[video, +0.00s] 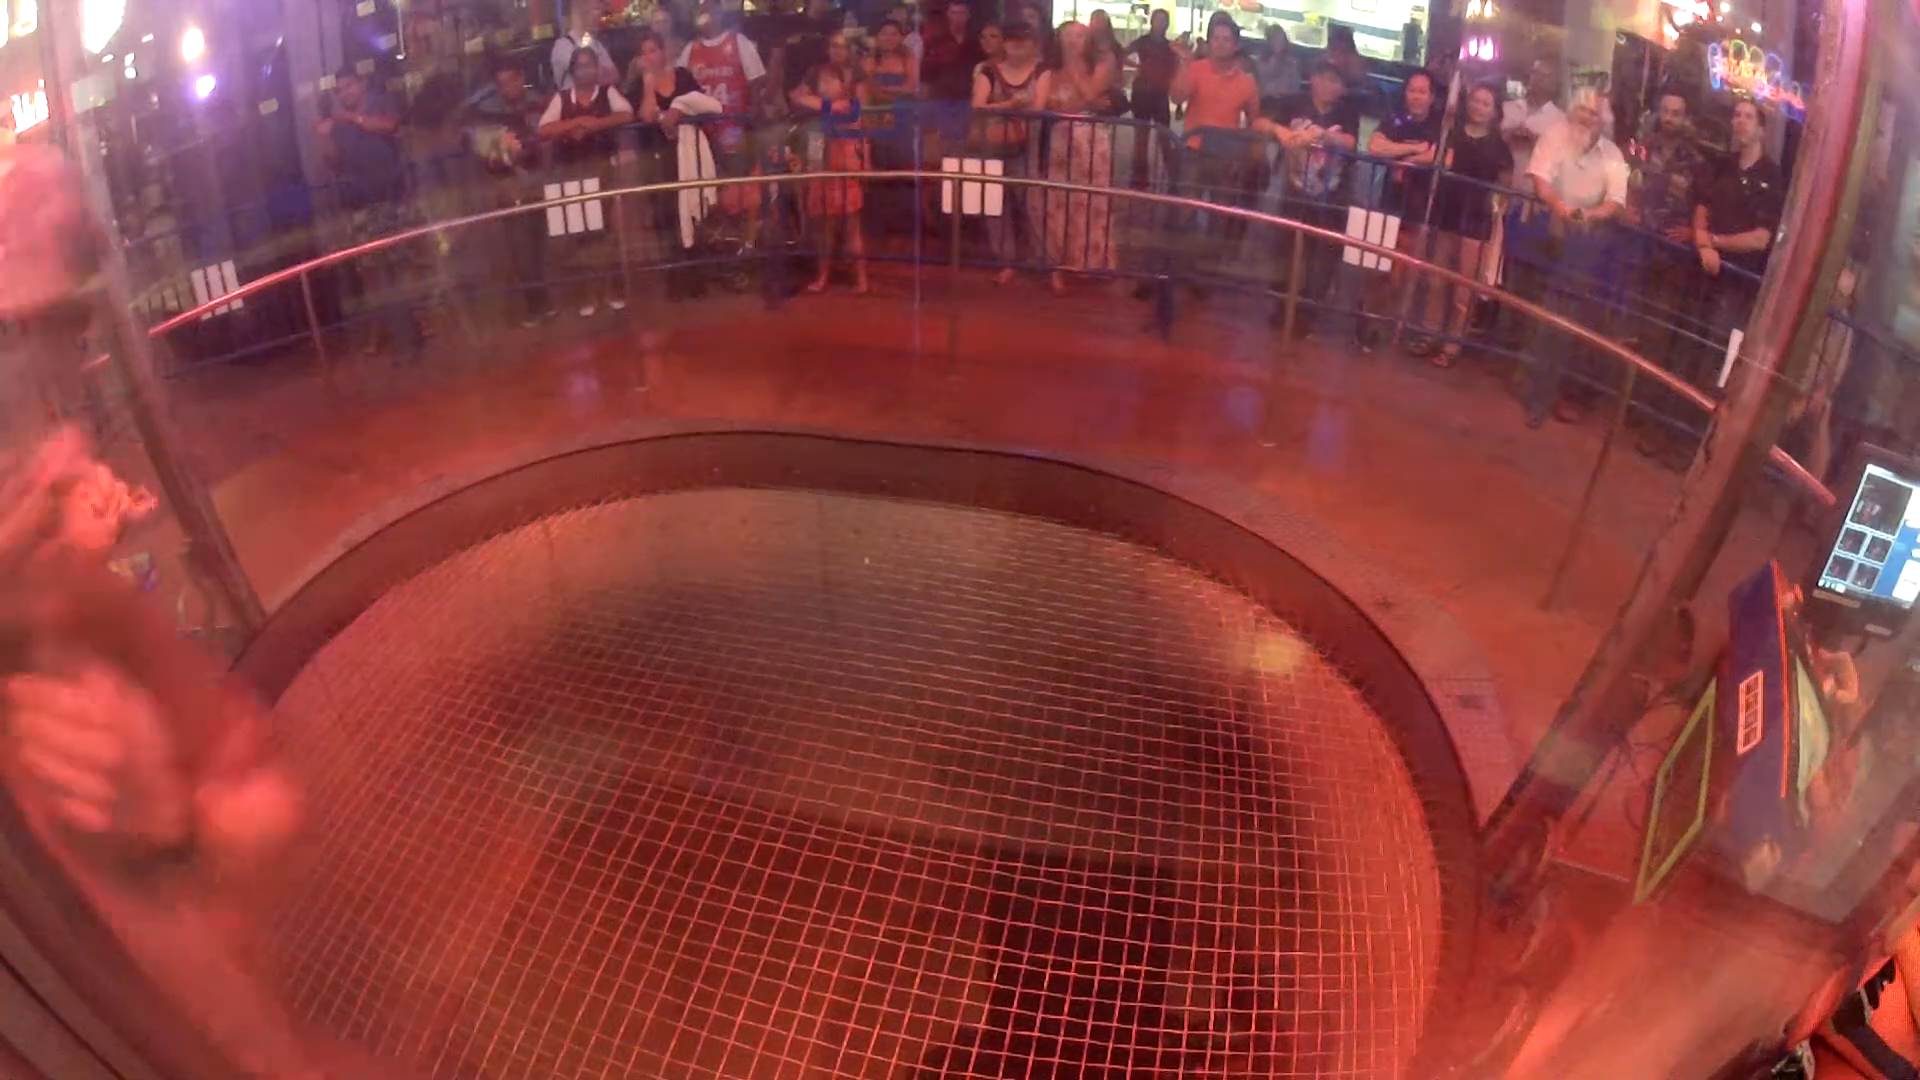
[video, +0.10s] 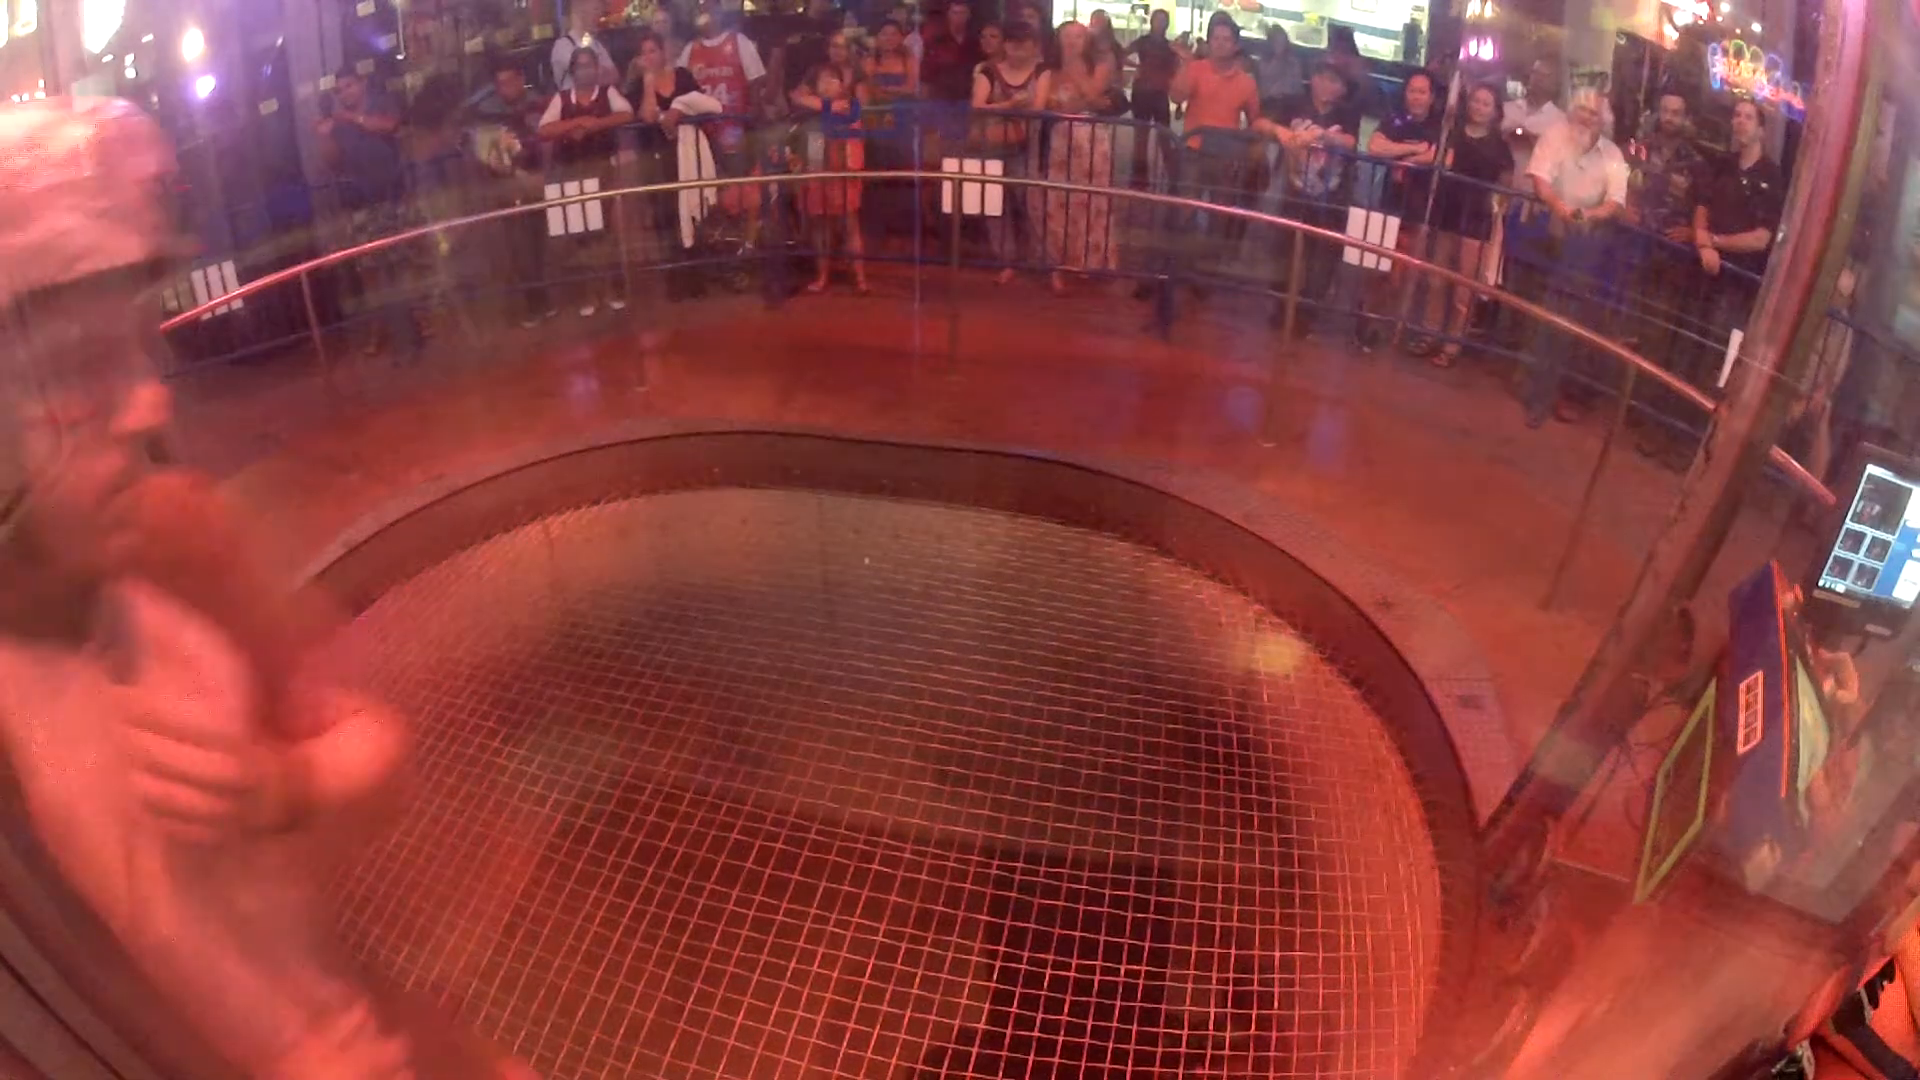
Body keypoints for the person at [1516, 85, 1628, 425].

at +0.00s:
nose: (1586, 119)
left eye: (1594, 115)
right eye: (1582, 111)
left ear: (1603, 120)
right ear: (1571, 111)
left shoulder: (1612, 154)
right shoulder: (1556, 135)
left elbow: (1616, 201)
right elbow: (1539, 179)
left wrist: (1591, 215)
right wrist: (1560, 208)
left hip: (1588, 230)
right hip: (1550, 222)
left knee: (1574, 303)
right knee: (1542, 298)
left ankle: (1558, 388)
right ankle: (1532, 382)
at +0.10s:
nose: (1585, 120)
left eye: (1593, 116)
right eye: (1581, 112)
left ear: (1603, 121)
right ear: (1570, 112)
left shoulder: (1612, 154)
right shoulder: (1556, 135)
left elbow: (1616, 201)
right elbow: (1539, 179)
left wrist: (1591, 215)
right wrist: (1560, 208)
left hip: (1588, 230)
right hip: (1549, 222)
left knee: (1573, 302)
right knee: (1542, 298)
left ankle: (1556, 387)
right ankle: (1533, 382)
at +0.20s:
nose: (1585, 119)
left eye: (1592, 115)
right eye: (1581, 111)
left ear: (1603, 121)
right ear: (1571, 111)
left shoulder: (1612, 154)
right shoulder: (1555, 136)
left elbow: (1616, 201)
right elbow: (1539, 179)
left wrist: (1591, 215)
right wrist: (1560, 208)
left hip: (1588, 230)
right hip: (1550, 222)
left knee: (1573, 302)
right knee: (1542, 298)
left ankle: (1556, 388)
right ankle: (1533, 383)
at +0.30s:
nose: (1585, 119)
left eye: (1592, 115)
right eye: (1581, 111)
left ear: (1603, 121)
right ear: (1571, 112)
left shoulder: (1612, 154)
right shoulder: (1555, 135)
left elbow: (1616, 201)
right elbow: (1539, 179)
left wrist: (1591, 215)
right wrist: (1561, 208)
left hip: (1588, 229)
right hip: (1550, 221)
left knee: (1572, 302)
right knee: (1541, 298)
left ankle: (1554, 387)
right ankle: (1534, 383)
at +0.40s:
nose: (1585, 118)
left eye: (1593, 114)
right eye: (1581, 111)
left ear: (1603, 121)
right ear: (1571, 111)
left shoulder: (1612, 154)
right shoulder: (1555, 136)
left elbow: (1616, 200)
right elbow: (1539, 179)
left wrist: (1591, 215)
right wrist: (1560, 208)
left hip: (1588, 230)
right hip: (1550, 222)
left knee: (1573, 302)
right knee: (1541, 298)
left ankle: (1555, 387)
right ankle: (1533, 382)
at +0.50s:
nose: (1586, 117)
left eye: (1593, 113)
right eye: (1582, 109)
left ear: (1603, 119)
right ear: (1571, 110)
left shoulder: (1612, 153)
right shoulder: (1555, 136)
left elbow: (1616, 200)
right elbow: (1539, 178)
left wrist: (1591, 215)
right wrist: (1561, 209)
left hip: (1588, 229)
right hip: (1550, 221)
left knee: (1572, 303)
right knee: (1541, 298)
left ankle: (1551, 388)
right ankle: (1532, 382)